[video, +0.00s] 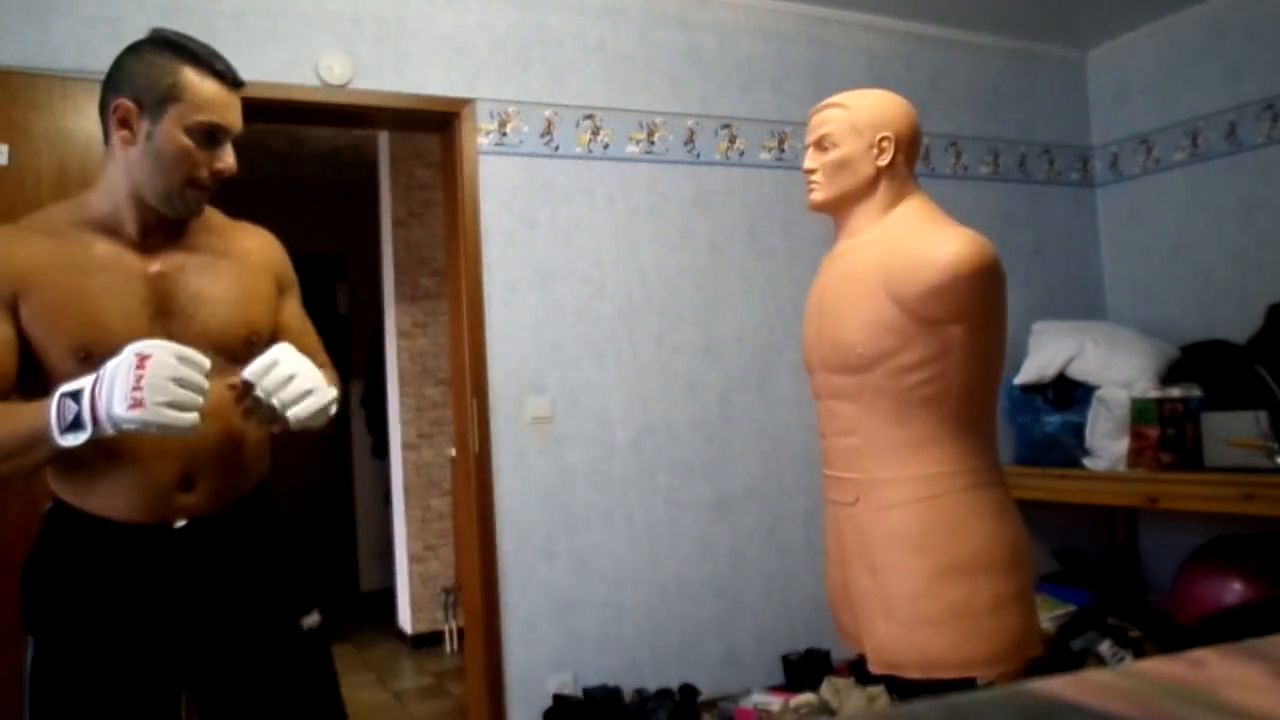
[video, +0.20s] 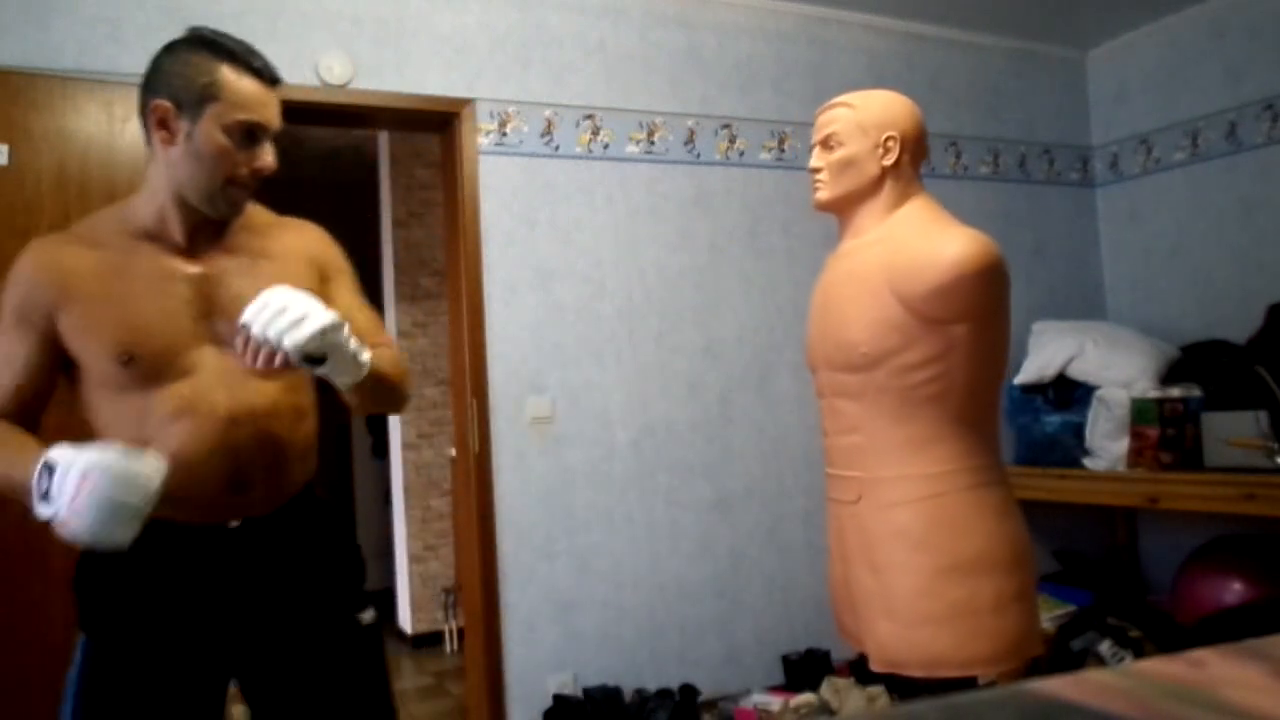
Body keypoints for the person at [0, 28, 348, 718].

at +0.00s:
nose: (227, 165)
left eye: (232, 144)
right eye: (207, 138)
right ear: (125, 125)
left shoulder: (259, 252)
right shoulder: (20, 255)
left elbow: (320, 384)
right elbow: (5, 435)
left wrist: (309, 388)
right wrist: (87, 404)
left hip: (246, 564)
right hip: (94, 574)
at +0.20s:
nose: (268, 162)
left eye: (271, 141)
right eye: (245, 136)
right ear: (165, 126)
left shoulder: (304, 247)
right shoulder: (57, 270)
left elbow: (391, 391)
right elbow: (3, 423)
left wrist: (336, 347)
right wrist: (47, 476)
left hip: (298, 564)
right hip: (149, 575)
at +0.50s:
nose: (309, 168)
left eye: (311, 145)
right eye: (287, 139)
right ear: (205, 124)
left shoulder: (317, 253)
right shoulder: (72, 262)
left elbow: (445, 375)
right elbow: (10, 423)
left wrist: (383, 298)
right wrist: (19, 554)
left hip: (309, 577)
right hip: (157, 588)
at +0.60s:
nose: (330, 176)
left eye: (333, 153)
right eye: (311, 147)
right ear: (230, 132)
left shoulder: (334, 254)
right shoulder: (93, 267)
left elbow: (451, 357)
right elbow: (8, 431)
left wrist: (440, 280)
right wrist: (25, 566)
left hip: (312, 581)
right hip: (169, 588)